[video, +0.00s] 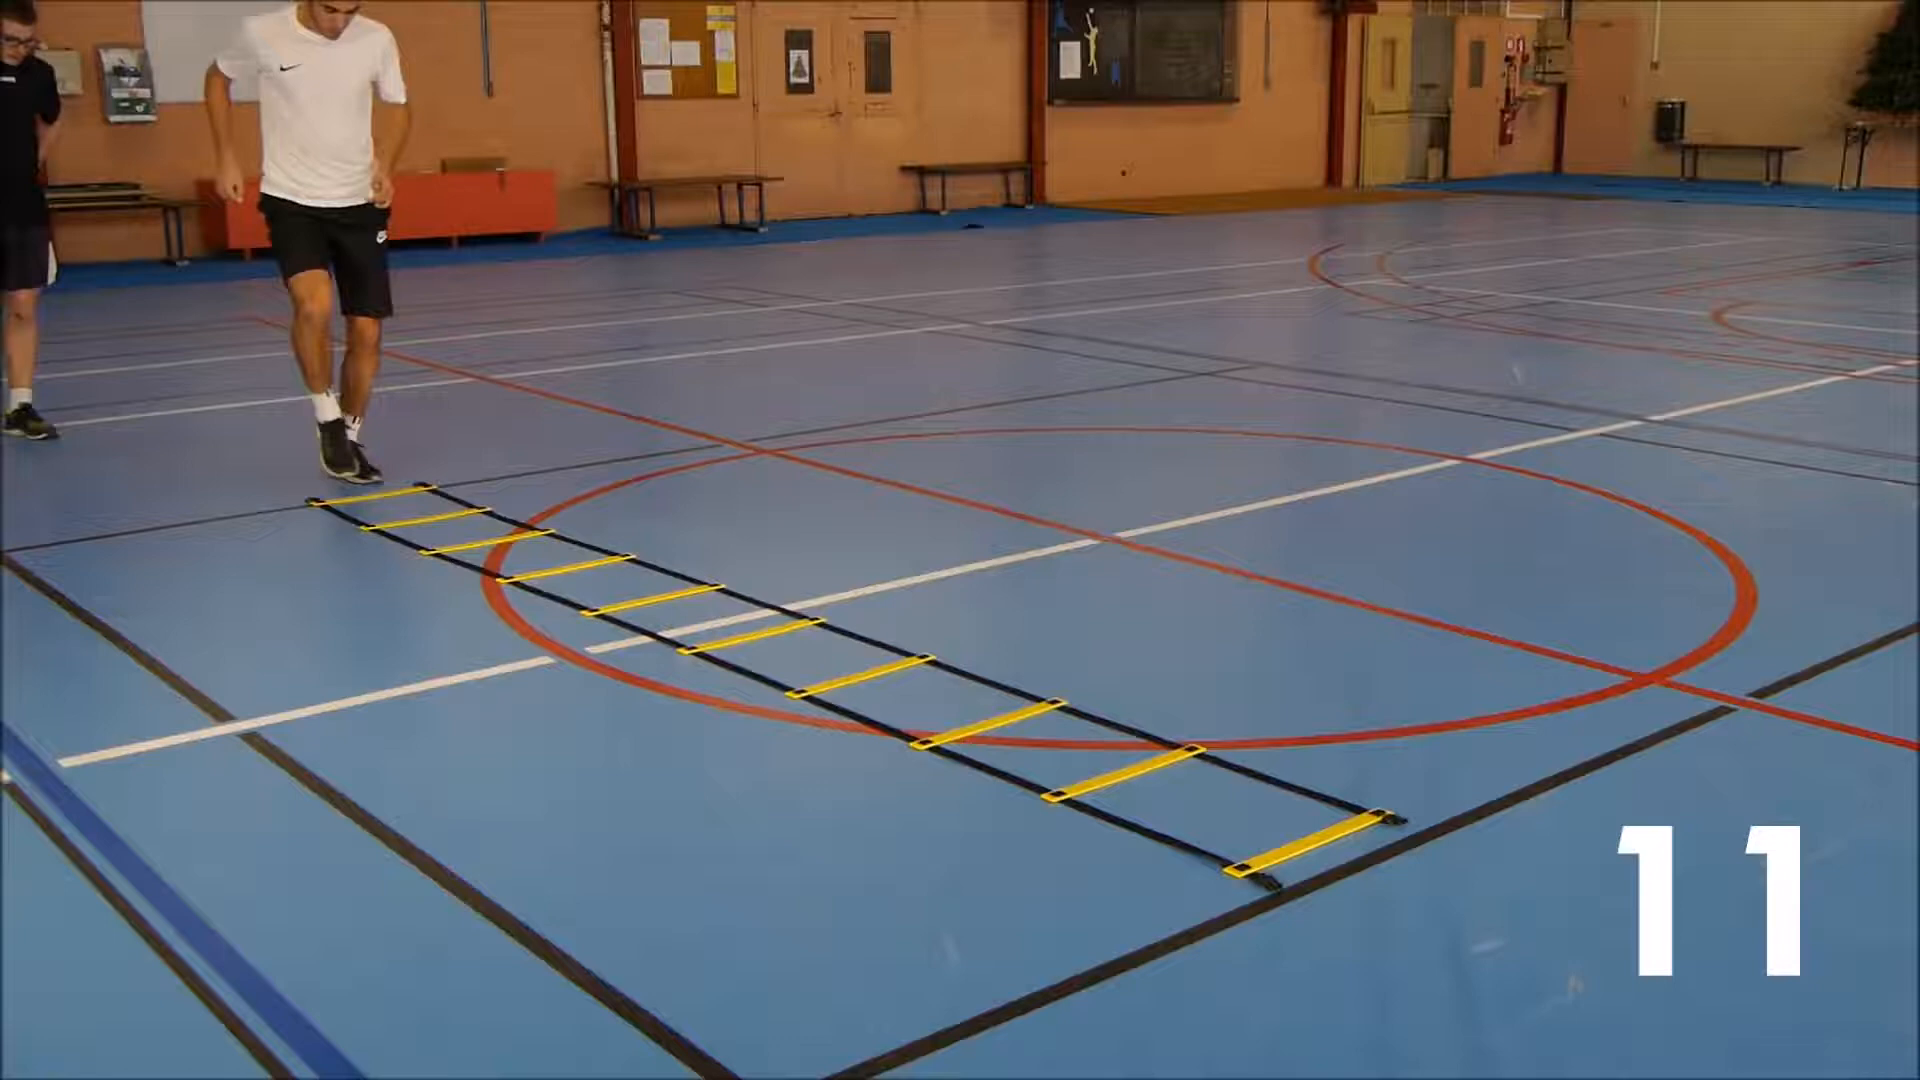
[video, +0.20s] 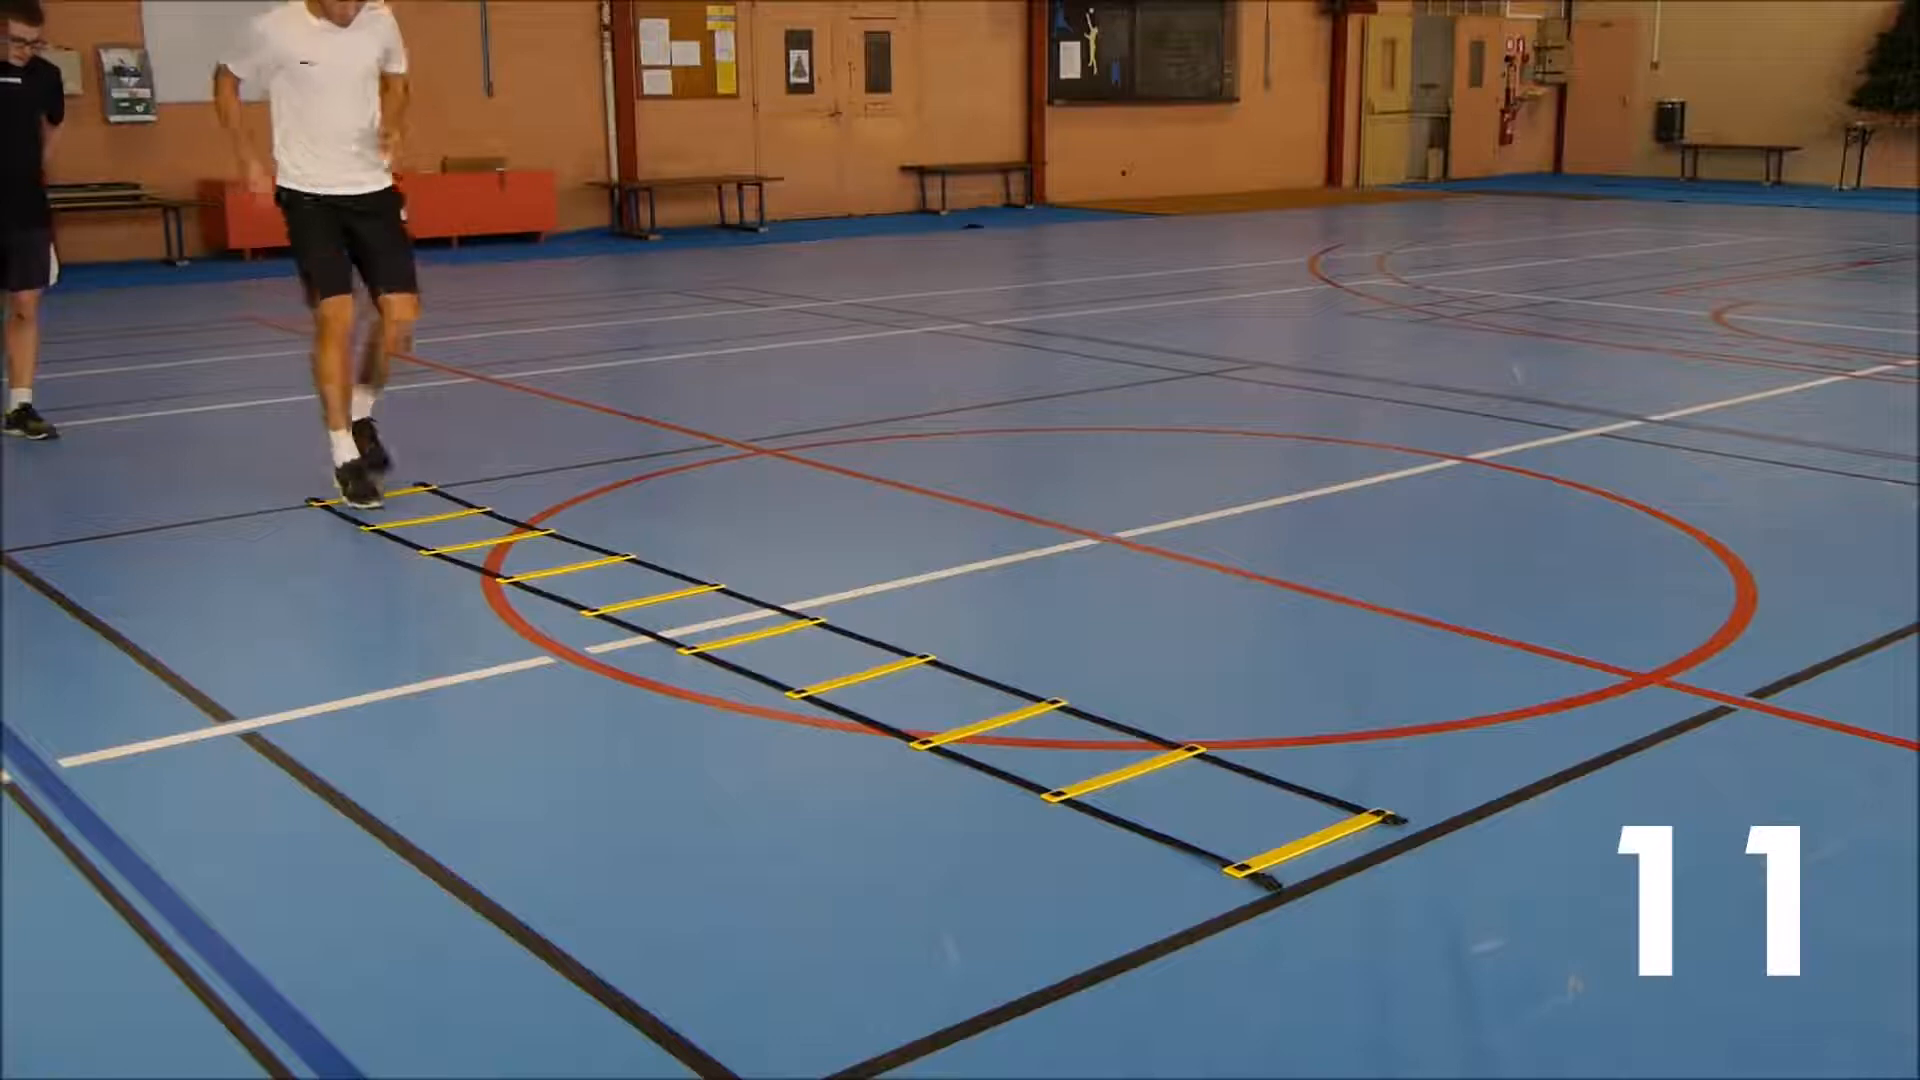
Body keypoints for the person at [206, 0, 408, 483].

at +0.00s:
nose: (338, 21)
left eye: (347, 12)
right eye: (329, 11)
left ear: (359, 5)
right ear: (307, 1)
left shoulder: (377, 39)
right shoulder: (261, 36)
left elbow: (397, 105)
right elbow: (217, 78)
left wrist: (386, 165)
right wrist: (226, 158)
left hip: (359, 205)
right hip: (291, 202)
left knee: (367, 330)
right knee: (315, 306)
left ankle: (351, 439)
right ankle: (328, 418)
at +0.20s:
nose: (352, 12)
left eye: (358, 5)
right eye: (345, 6)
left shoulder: (380, 22)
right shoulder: (274, 27)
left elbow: (395, 76)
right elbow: (226, 81)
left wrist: (392, 129)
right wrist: (247, 157)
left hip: (373, 189)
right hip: (307, 193)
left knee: (401, 311)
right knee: (336, 314)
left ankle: (360, 411)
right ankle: (343, 454)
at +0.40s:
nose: (370, 15)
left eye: (378, 7)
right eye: (361, 7)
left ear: (386, 1)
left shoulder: (397, 27)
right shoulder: (286, 26)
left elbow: (411, 92)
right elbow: (246, 87)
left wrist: (404, 151)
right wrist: (275, 163)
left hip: (387, 201)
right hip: (319, 205)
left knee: (422, 316)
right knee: (342, 326)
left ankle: (394, 453)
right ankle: (350, 451)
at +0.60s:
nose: (376, 18)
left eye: (385, 9)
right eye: (368, 8)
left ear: (396, 4)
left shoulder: (411, 29)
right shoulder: (296, 29)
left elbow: (427, 98)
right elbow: (267, 101)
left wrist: (407, 147)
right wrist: (295, 172)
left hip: (397, 209)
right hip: (322, 210)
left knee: (431, 325)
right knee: (301, 326)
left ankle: (398, 451)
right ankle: (313, 456)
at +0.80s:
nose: (393, 23)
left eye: (401, 14)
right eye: (383, 13)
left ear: (406, 9)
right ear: (353, 4)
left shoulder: (410, 35)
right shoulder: (303, 45)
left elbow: (413, 102)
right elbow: (266, 121)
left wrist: (415, 152)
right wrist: (315, 198)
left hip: (405, 211)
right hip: (332, 221)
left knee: (487, 312)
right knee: (312, 350)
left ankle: (462, 438)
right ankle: (289, 481)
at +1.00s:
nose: (420, 14)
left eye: (428, 6)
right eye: (411, 6)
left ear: (438, 4)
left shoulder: (462, 40)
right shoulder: (336, 36)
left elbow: (481, 101)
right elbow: (305, 98)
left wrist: (459, 151)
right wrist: (326, 168)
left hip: (443, 217)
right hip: (366, 219)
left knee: (485, 340)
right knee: (351, 336)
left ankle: (481, 465)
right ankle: (353, 454)